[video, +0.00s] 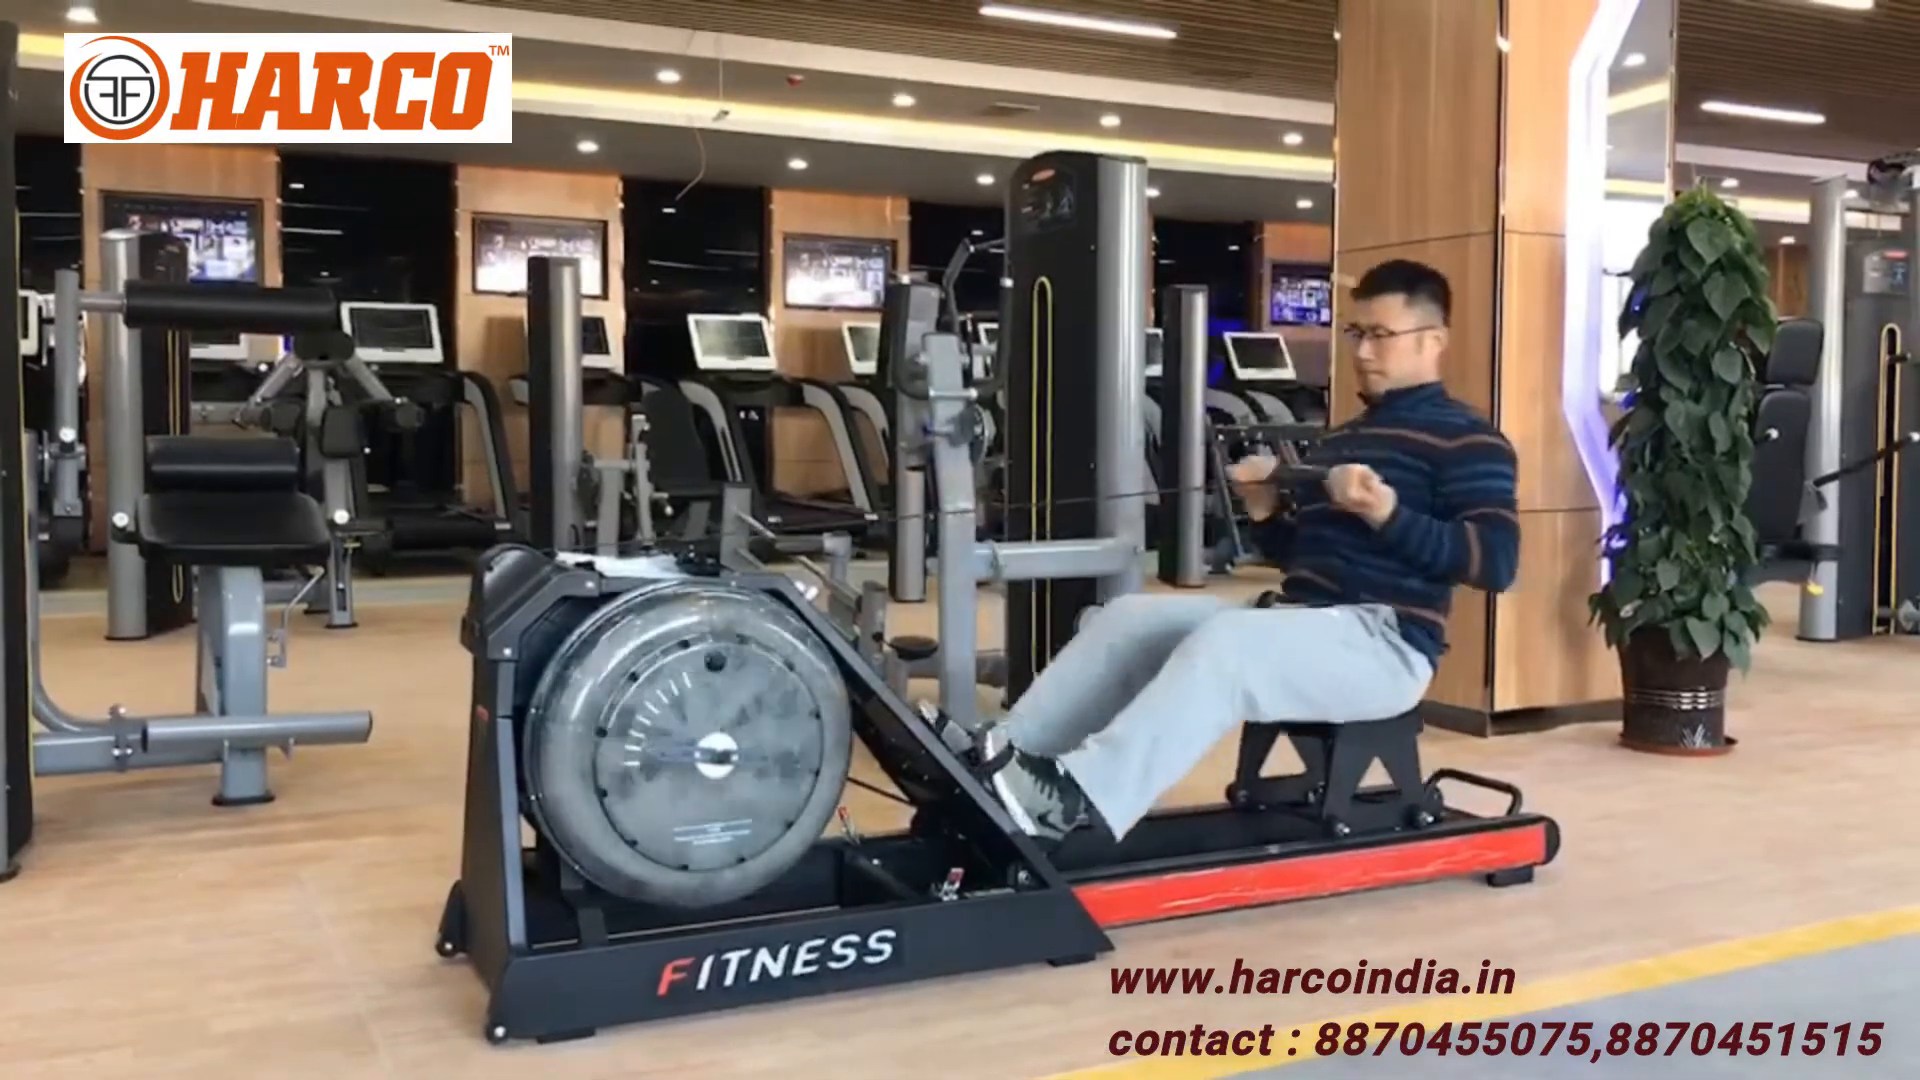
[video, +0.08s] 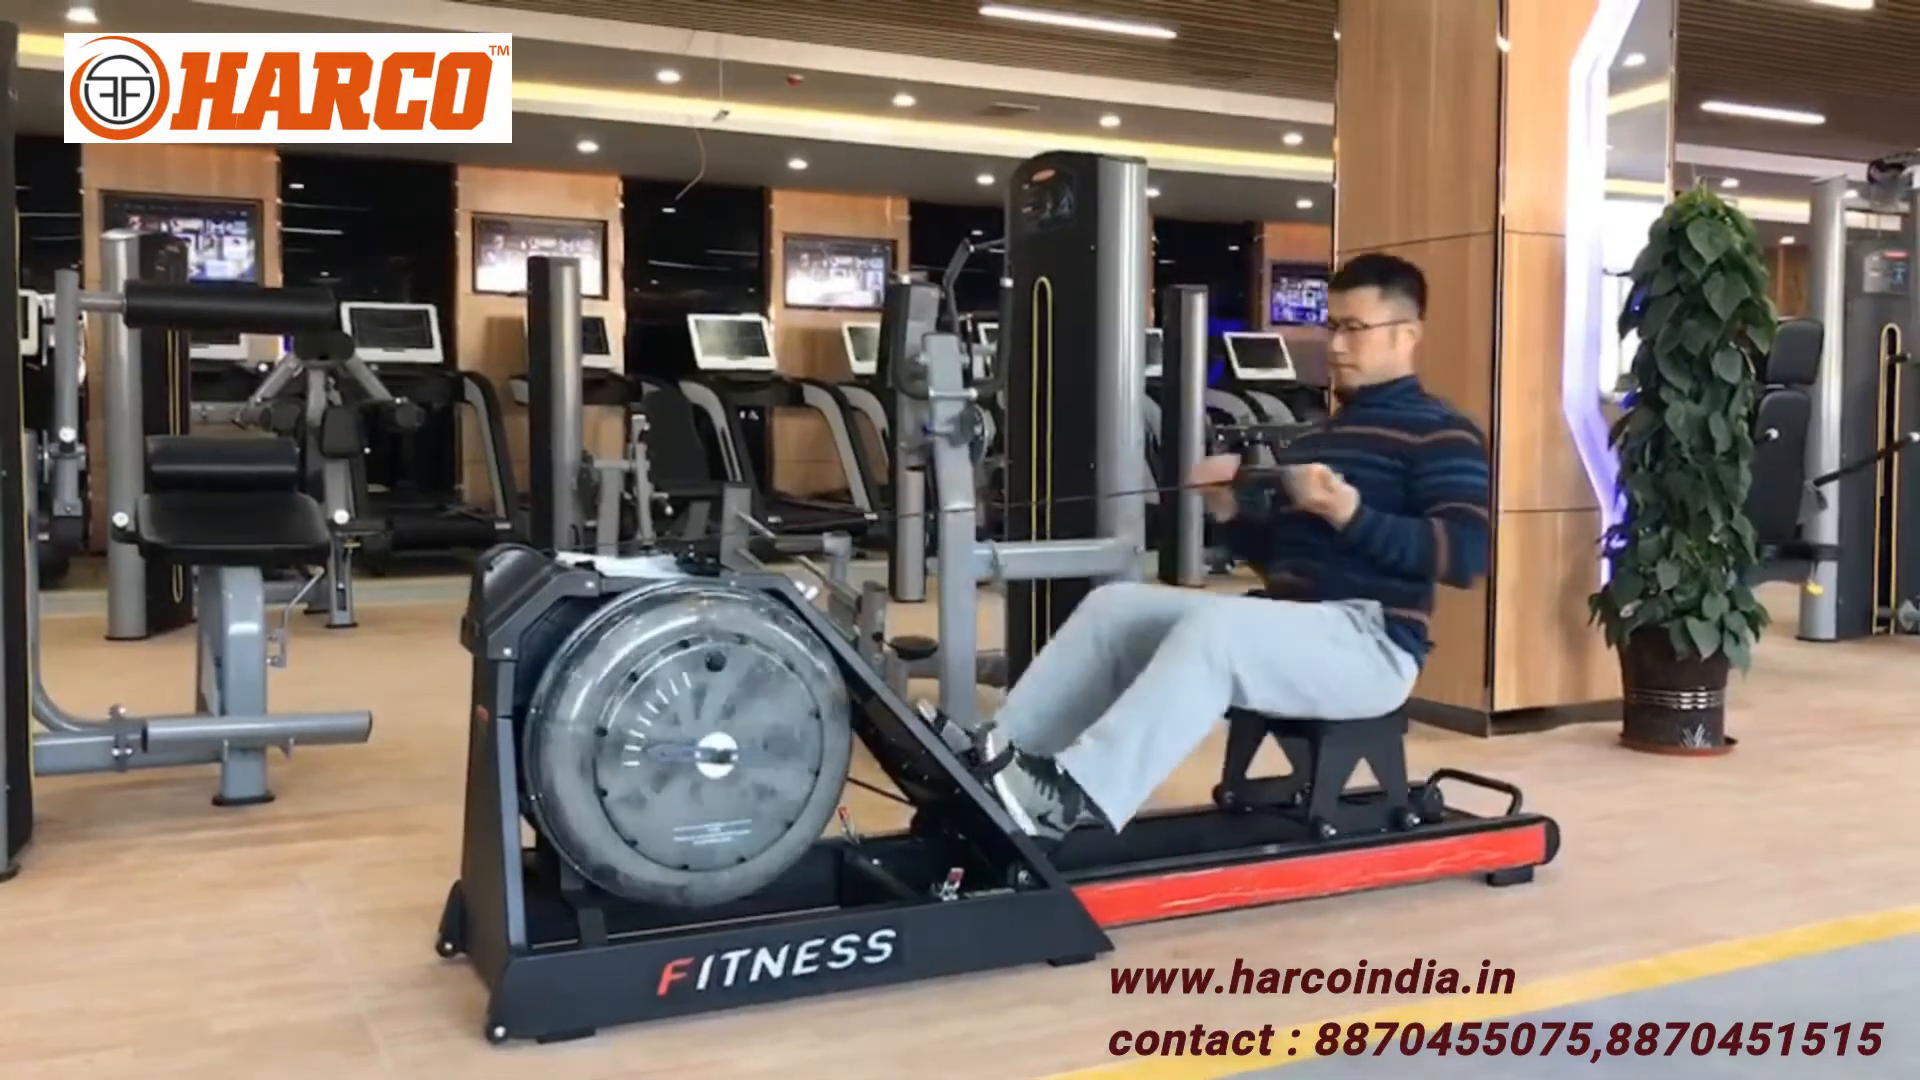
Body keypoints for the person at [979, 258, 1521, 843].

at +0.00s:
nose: (1362, 350)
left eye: (1381, 334)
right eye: (1357, 335)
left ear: (1434, 344)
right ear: (1352, 340)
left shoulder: (1471, 440)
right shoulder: (1340, 437)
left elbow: (1496, 562)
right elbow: (1300, 555)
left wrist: (1392, 516)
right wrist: (1263, 505)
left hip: (1384, 641)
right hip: (1297, 619)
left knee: (1222, 648)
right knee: (1127, 618)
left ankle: (1079, 800)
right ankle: (999, 754)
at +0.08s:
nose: (1336, 343)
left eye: (1355, 329)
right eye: (1332, 328)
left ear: (1407, 337)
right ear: (1326, 333)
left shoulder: (1444, 434)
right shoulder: (1319, 434)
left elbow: (1463, 554)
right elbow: (1278, 553)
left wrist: (1354, 516)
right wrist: (1225, 504)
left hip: (1371, 642)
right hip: (1289, 624)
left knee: (1210, 629)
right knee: (1116, 606)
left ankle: (1075, 795)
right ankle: (995, 754)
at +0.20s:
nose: (1274, 331)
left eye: (1293, 316)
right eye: (1272, 315)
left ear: (1351, 326)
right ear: (1266, 317)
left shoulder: (1385, 429)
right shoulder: (1260, 432)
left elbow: (1382, 547)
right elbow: (1218, 540)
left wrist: (1267, 522)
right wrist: (1139, 520)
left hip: (1336, 643)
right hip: (1239, 623)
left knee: (1190, 607)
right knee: (1085, 587)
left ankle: (1062, 788)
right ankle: (981, 751)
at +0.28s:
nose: (1241, 327)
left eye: (1261, 312)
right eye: (1239, 311)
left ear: (1319, 324)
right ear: (1234, 317)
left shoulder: (1351, 423)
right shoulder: (1226, 431)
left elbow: (1348, 541)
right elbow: (1175, 534)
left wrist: (1228, 529)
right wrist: (1090, 513)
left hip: (1317, 644)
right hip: (1219, 620)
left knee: (1176, 599)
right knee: (1060, 580)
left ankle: (1054, 787)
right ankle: (973, 751)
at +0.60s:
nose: (1121, 313)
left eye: (1139, 298)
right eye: (1120, 298)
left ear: (1195, 316)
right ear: (1113, 309)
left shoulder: (1227, 414)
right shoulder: (1113, 415)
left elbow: (1166, 487)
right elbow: (1034, 467)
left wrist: (1039, 509)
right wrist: (940, 487)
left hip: (1230, 652)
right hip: (1127, 637)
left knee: (1097, 566)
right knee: (974, 564)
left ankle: (1034, 784)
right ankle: (959, 758)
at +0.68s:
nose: (1119, 309)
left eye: (1138, 295)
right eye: (1118, 295)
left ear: (1194, 314)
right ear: (1115, 307)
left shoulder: (1224, 413)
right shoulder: (1108, 414)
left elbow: (1143, 483)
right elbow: (1025, 466)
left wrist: (1019, 518)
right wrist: (928, 492)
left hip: (1226, 651)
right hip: (1123, 635)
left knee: (1093, 564)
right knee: (981, 555)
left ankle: (1034, 783)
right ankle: (961, 755)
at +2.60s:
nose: (1123, 319)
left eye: (1139, 301)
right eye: (1123, 304)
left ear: (1193, 309)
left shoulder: (1241, 409)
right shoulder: (1137, 408)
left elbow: (1144, 466)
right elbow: (1053, 457)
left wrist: (1023, 485)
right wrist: (940, 486)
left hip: (1247, 650)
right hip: (1143, 631)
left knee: (1109, 576)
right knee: (982, 567)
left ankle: (1039, 788)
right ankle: (962, 768)